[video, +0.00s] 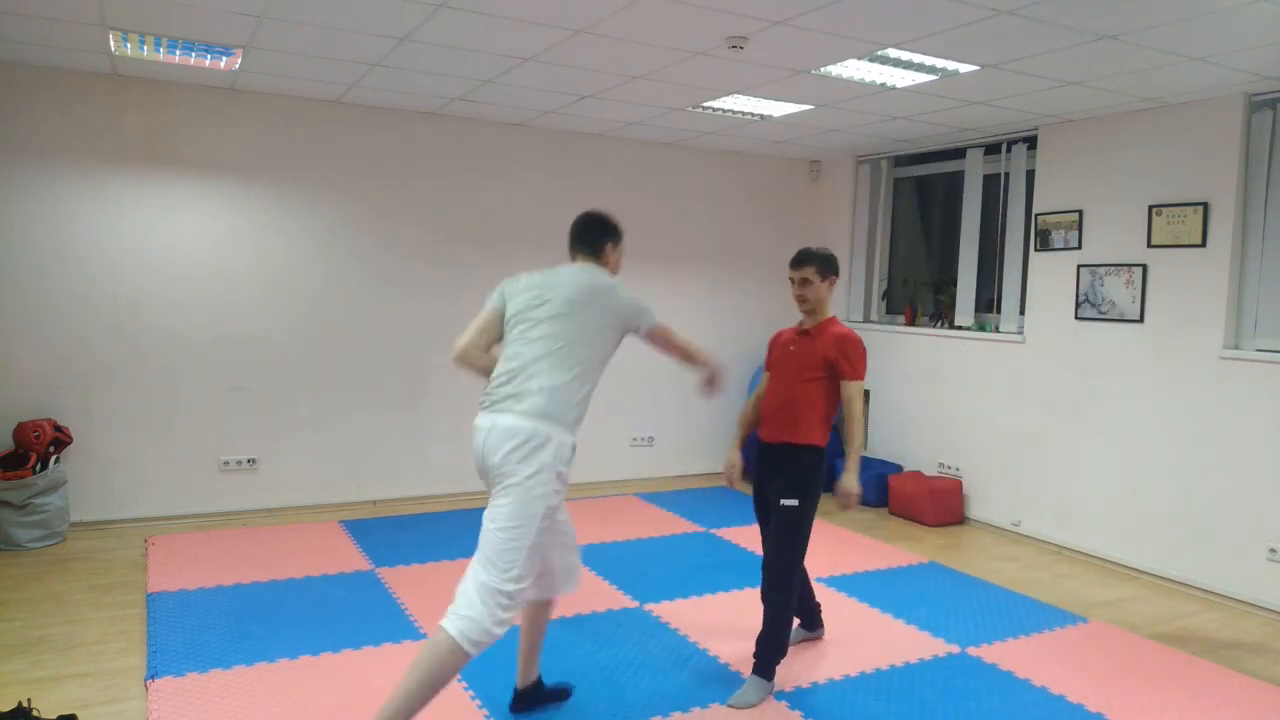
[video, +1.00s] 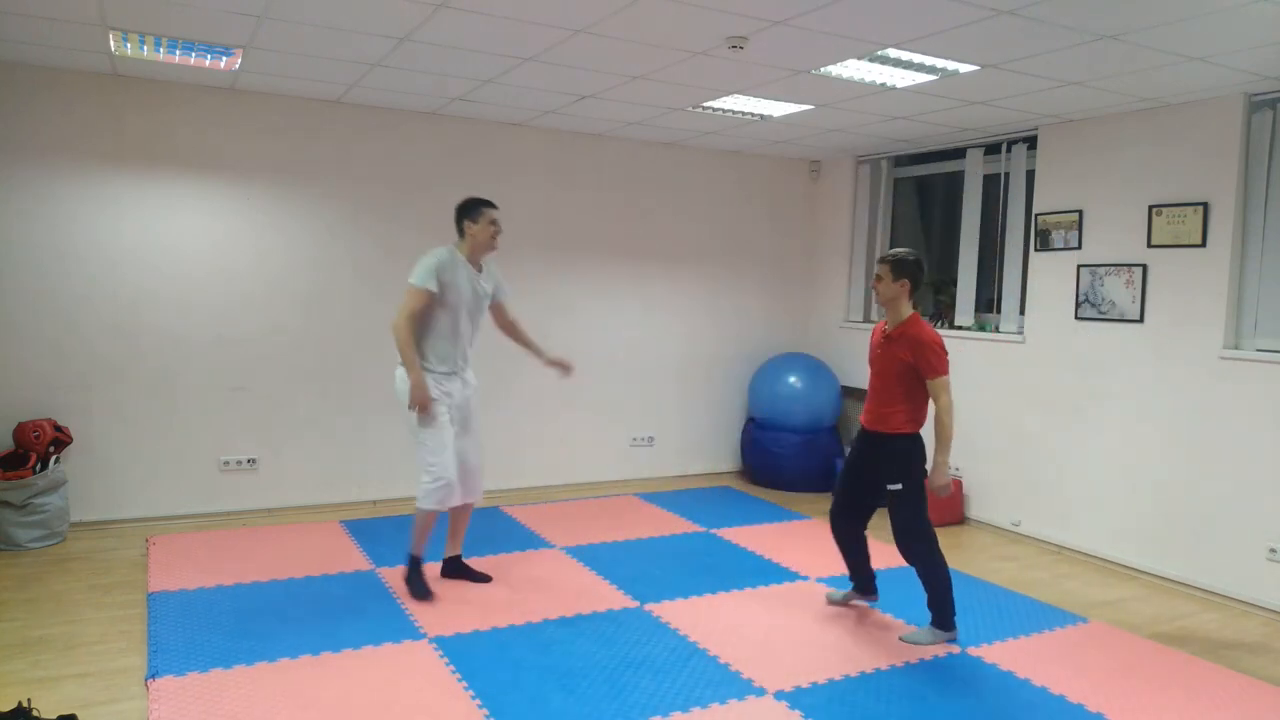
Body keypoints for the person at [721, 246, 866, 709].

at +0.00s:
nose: (799, 291)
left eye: (807, 282)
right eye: (794, 283)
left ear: (830, 284)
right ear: (790, 285)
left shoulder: (844, 342)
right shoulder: (781, 339)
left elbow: (854, 408)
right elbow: (761, 395)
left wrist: (851, 470)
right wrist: (736, 445)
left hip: (804, 460)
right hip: (764, 455)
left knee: (779, 564)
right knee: (780, 551)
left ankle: (763, 673)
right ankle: (810, 619)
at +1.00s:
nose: (873, 285)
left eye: (880, 279)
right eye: (874, 278)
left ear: (903, 285)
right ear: (893, 285)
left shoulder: (923, 338)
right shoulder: (881, 330)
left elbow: (944, 403)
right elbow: (883, 387)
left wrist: (940, 464)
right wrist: (867, 427)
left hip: (902, 449)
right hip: (869, 444)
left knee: (914, 537)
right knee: (844, 518)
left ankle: (944, 625)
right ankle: (864, 588)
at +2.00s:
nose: (803, 321)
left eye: (806, 314)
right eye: (802, 315)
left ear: (826, 312)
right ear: (829, 313)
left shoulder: (852, 342)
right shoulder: (848, 338)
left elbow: (797, 377)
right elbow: (810, 359)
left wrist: (778, 351)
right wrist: (786, 350)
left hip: (915, 438)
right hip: (905, 436)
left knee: (892, 520)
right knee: (885, 517)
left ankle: (872, 593)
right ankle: (870, 588)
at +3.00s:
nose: (858, 287)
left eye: (866, 280)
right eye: (853, 280)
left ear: (884, 280)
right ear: (848, 281)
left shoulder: (898, 322)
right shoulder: (855, 323)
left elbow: (933, 371)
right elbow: (859, 368)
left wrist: (880, 384)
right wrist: (844, 381)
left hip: (886, 429)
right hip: (859, 427)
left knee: (866, 517)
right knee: (856, 514)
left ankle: (872, 592)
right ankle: (869, 584)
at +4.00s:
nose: (956, 301)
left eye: (965, 291)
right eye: (947, 292)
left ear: (976, 289)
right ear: (930, 287)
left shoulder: (992, 336)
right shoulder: (905, 337)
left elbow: (1017, 397)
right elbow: (872, 393)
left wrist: (991, 439)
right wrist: (898, 437)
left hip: (966, 475)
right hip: (916, 471)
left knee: (951, 579)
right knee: (920, 579)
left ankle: (924, 636)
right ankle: (918, 685)